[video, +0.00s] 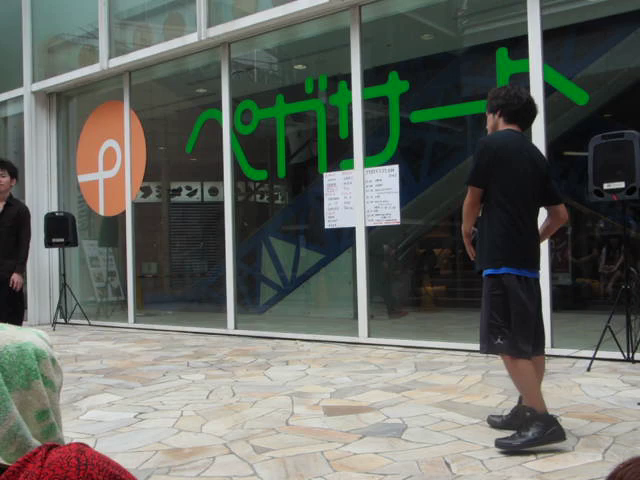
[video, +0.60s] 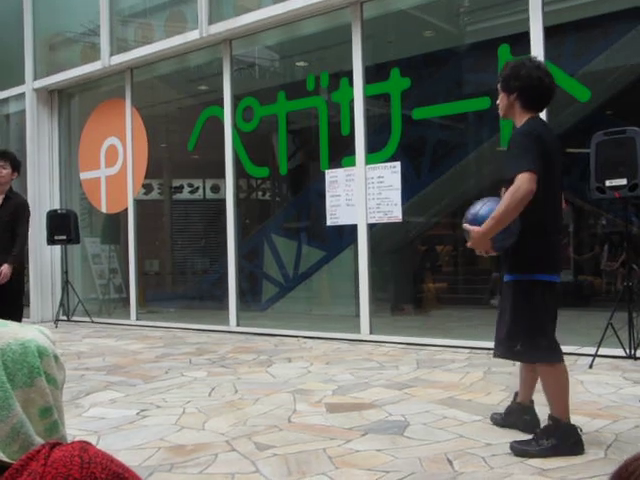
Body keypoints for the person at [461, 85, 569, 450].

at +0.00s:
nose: (486, 122)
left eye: (488, 116)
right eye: (487, 117)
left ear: (497, 116)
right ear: (524, 120)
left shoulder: (491, 144)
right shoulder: (536, 157)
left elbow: (472, 200)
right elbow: (559, 215)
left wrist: (467, 234)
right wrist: (532, 239)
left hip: (501, 259)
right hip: (526, 260)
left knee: (506, 341)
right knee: (530, 340)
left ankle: (543, 421)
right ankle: (527, 409)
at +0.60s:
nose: (497, 99)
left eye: (500, 92)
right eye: (498, 92)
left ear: (513, 96)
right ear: (534, 97)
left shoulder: (526, 134)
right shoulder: (543, 135)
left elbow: (525, 186)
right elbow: (549, 199)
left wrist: (485, 230)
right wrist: (493, 228)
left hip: (532, 262)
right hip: (535, 260)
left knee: (541, 341)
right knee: (528, 338)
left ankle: (562, 429)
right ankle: (522, 408)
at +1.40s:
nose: (485, 106)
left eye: (489, 99)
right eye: (488, 99)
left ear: (503, 103)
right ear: (510, 104)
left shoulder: (519, 138)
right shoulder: (512, 142)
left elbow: (531, 187)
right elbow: (522, 200)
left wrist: (503, 232)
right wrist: (497, 237)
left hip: (526, 267)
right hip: (511, 266)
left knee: (545, 346)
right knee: (510, 342)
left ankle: (579, 430)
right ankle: (498, 414)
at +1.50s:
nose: (486, 108)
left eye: (490, 101)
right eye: (488, 101)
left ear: (504, 105)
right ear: (513, 107)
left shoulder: (513, 137)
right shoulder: (524, 142)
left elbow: (519, 186)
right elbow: (537, 213)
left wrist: (493, 231)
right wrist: (542, 265)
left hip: (519, 266)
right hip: (513, 265)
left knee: (535, 344)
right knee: (510, 341)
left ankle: (580, 426)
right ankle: (503, 415)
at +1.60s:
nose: (486, 111)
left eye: (490, 105)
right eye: (488, 104)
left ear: (503, 108)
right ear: (514, 110)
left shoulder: (510, 139)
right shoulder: (525, 145)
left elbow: (508, 187)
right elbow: (533, 214)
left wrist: (479, 229)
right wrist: (535, 267)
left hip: (509, 267)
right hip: (517, 265)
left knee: (520, 344)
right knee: (513, 341)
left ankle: (574, 419)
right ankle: (507, 415)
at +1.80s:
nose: (491, 114)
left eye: (495, 108)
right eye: (493, 108)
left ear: (509, 111)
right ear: (524, 115)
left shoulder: (512, 140)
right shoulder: (534, 152)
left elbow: (505, 183)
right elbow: (541, 218)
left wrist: (470, 225)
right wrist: (540, 268)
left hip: (502, 264)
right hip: (523, 265)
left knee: (486, 337)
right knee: (520, 340)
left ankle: (540, 401)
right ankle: (516, 416)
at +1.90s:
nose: (491, 117)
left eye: (496, 110)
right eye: (494, 110)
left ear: (509, 115)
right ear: (523, 118)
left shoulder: (508, 139)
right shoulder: (535, 155)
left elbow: (501, 181)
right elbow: (541, 221)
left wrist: (468, 222)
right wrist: (537, 273)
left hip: (501, 262)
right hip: (525, 265)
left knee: (480, 335)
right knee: (520, 340)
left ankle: (531, 397)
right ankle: (514, 413)